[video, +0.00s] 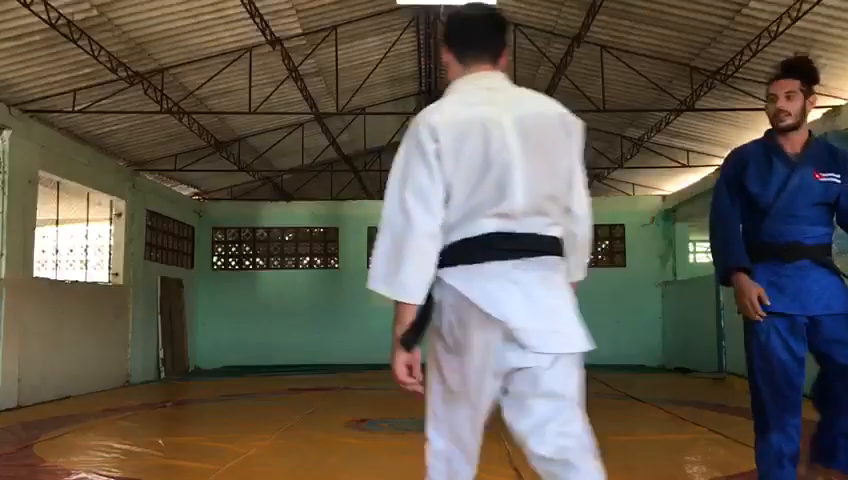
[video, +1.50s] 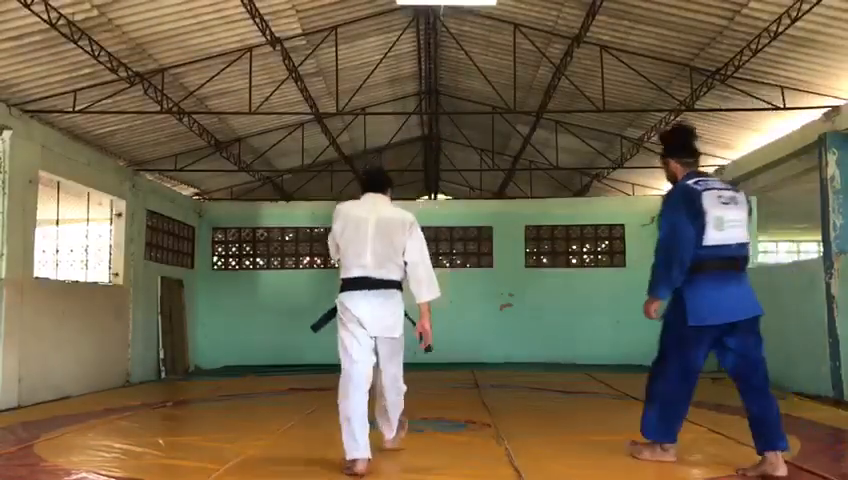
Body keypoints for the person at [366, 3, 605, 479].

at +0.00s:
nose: (445, 62)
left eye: (444, 54)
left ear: (447, 56)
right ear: (506, 55)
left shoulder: (433, 124)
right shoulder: (557, 118)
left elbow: (418, 233)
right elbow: (578, 226)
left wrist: (404, 335)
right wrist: (562, 288)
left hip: (466, 289)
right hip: (544, 283)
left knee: (452, 446)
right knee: (565, 444)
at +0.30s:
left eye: (411, 89)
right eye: (461, 91)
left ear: (412, 88)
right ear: (462, 91)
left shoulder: (388, 135)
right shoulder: (496, 134)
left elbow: (355, 212)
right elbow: (525, 216)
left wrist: (362, 276)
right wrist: (539, 300)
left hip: (416, 280)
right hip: (481, 278)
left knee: (427, 407)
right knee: (474, 405)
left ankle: (430, 477)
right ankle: (472, 478)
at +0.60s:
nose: (398, 143)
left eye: (396, 138)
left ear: (396, 138)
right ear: (439, 140)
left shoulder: (372, 168)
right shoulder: (463, 179)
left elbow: (347, 231)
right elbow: (481, 253)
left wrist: (382, 228)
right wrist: (489, 324)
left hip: (390, 291)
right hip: (441, 291)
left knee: (395, 402)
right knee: (431, 401)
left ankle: (407, 474)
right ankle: (422, 471)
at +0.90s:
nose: (369, 159)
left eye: (367, 155)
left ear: (371, 153)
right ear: (405, 149)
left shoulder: (354, 177)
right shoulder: (437, 183)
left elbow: (340, 227)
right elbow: (458, 247)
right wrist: (453, 284)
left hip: (374, 291)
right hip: (421, 290)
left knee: (366, 382)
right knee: (422, 388)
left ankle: (354, 466)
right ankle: (426, 474)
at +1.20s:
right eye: (382, 166)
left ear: (351, 171)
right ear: (382, 167)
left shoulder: (337, 197)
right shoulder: (408, 198)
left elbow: (330, 244)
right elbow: (428, 251)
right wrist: (436, 301)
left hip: (355, 293)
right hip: (398, 292)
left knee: (355, 379)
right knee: (401, 370)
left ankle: (357, 464)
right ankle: (398, 426)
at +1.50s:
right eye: (390, 191)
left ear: (361, 189)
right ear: (389, 190)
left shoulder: (344, 211)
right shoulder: (404, 219)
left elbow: (335, 253)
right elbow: (419, 268)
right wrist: (425, 315)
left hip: (351, 299)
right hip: (389, 300)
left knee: (354, 375)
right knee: (391, 372)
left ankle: (357, 455)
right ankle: (391, 432)